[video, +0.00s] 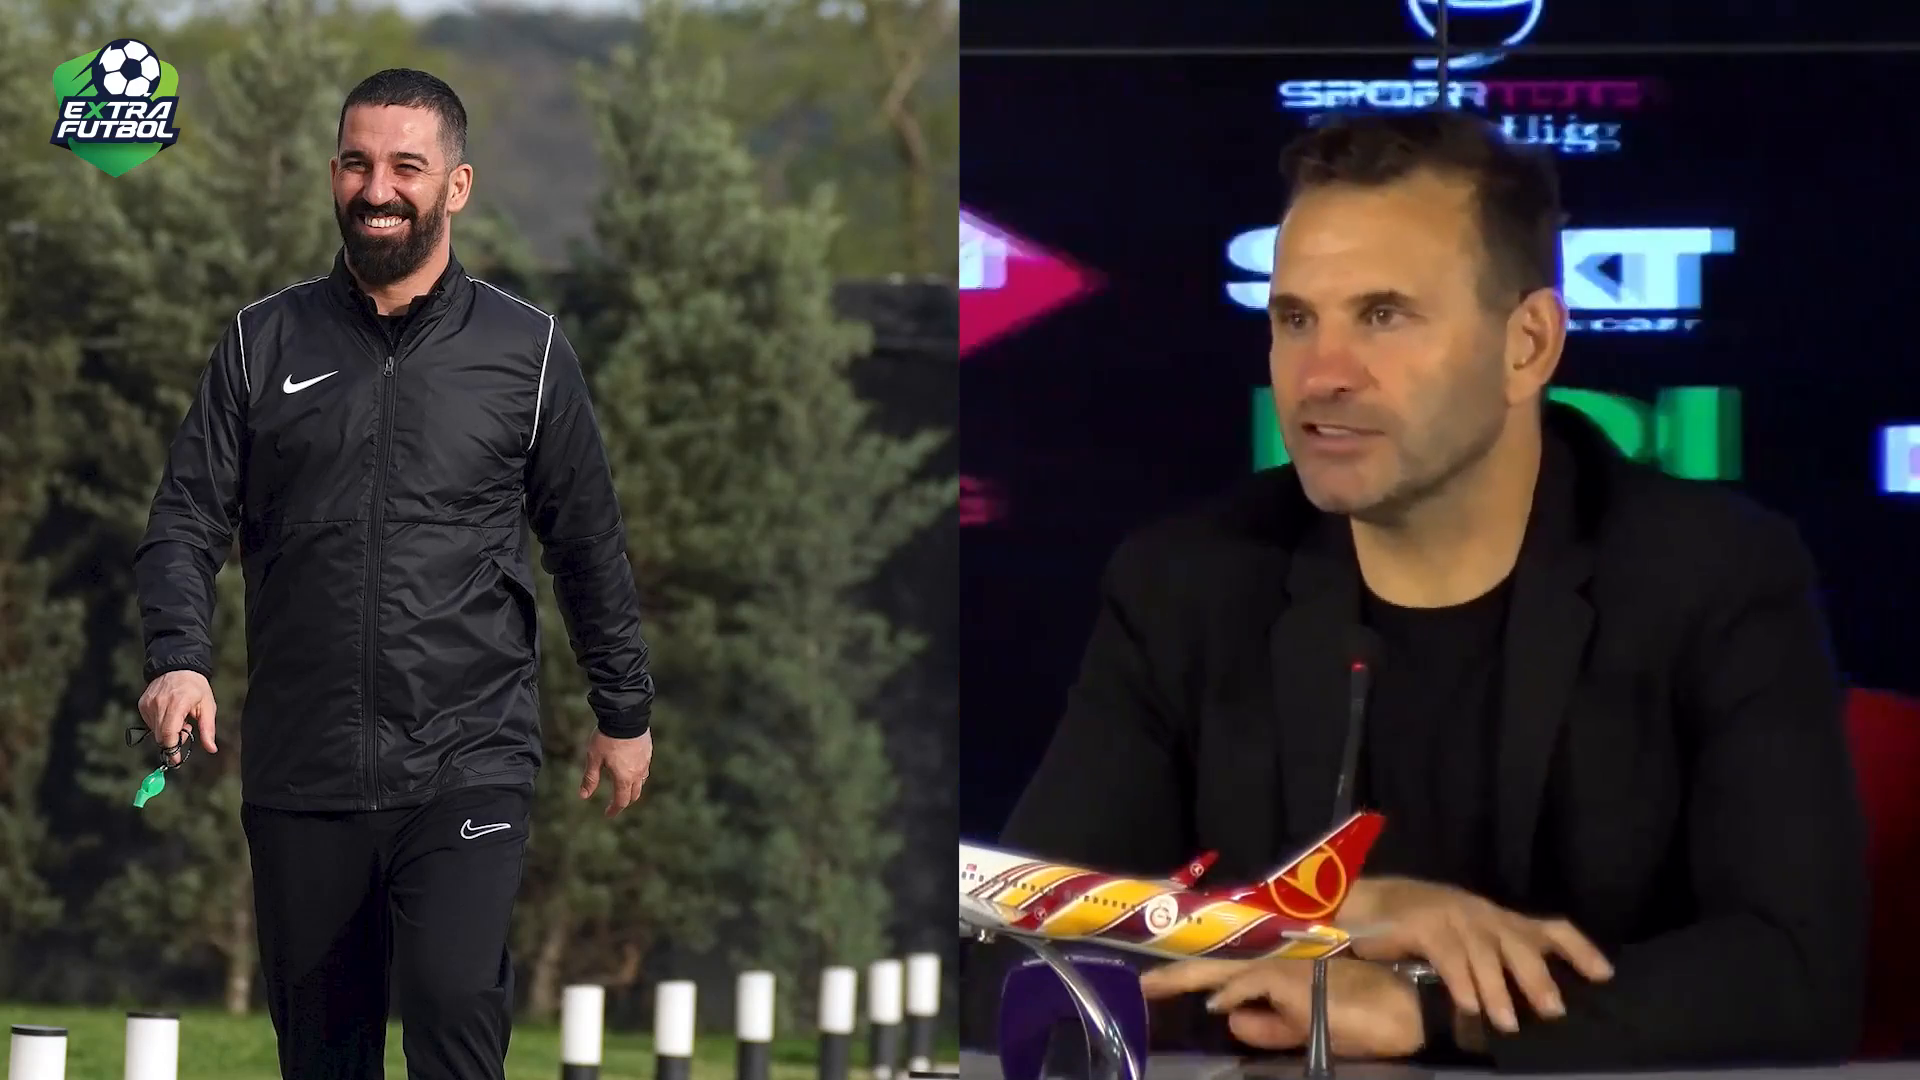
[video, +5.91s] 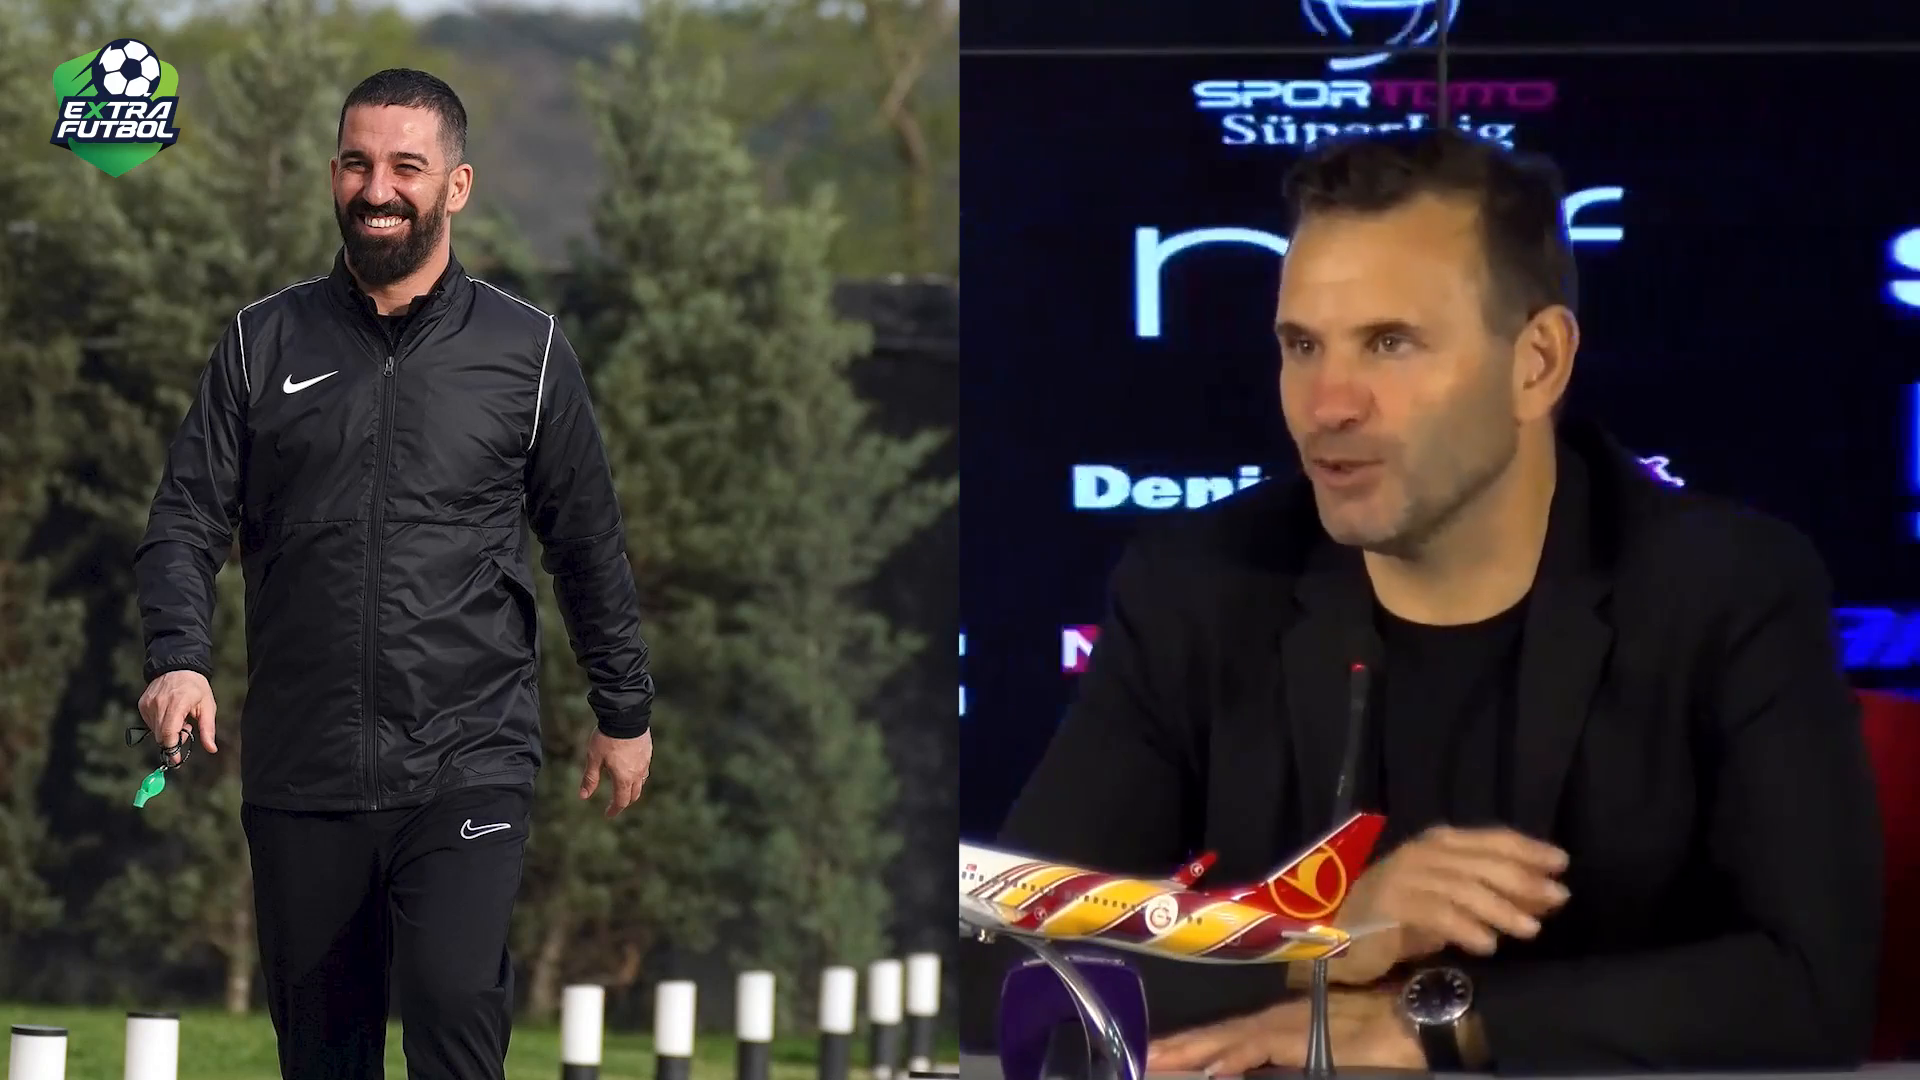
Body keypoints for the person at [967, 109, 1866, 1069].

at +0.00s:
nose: (1318, 376)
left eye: (1384, 317)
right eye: (1294, 319)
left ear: (1528, 343)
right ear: (1269, 331)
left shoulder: (1718, 578)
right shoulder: (1188, 584)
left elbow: (1795, 976)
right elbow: (1028, 940)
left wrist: (1435, 1012)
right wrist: (1330, 906)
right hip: (1250, 1075)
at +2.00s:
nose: (1404, 405)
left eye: (1461, 345)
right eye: (1358, 351)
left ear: (1566, 355)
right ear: (1300, 367)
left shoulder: (1729, 593)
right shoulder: (1193, 588)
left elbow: (1810, 993)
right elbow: (1049, 981)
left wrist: (1432, 1020)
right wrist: (1357, 858)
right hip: (1252, 1077)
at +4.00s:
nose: (1368, 392)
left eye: (1430, 334)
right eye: (1332, 338)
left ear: (1557, 358)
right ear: (1294, 356)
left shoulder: (1722, 592)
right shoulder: (1192, 592)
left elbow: (1809, 990)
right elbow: (1026, 956)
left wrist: (1418, 1030)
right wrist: (1329, 955)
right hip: (1248, 1072)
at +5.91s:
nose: (1324, 402)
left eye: (1388, 344)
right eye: (1301, 346)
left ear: (1538, 365)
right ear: (1277, 350)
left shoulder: (1730, 595)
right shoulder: (1195, 594)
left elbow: (1810, 993)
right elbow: (1022, 948)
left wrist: (1437, 1025)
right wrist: (1316, 941)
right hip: (1251, 1073)